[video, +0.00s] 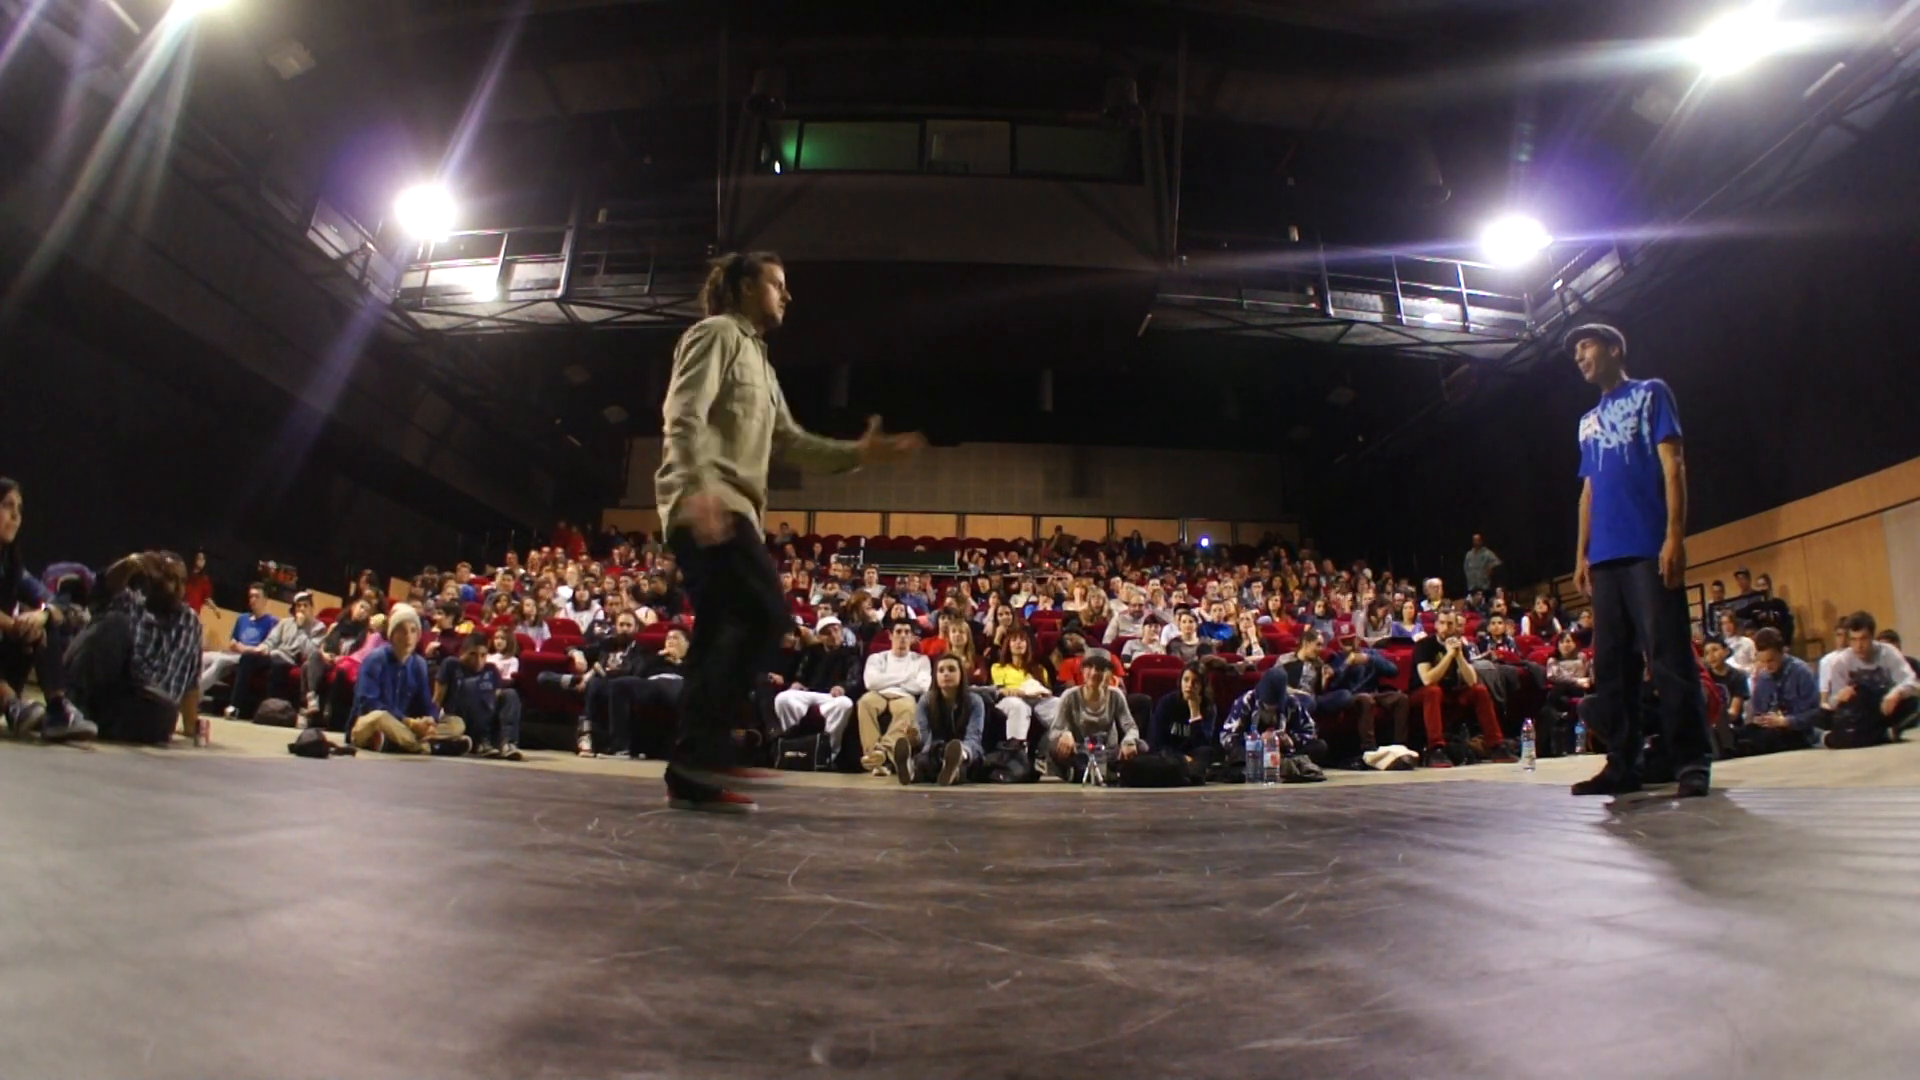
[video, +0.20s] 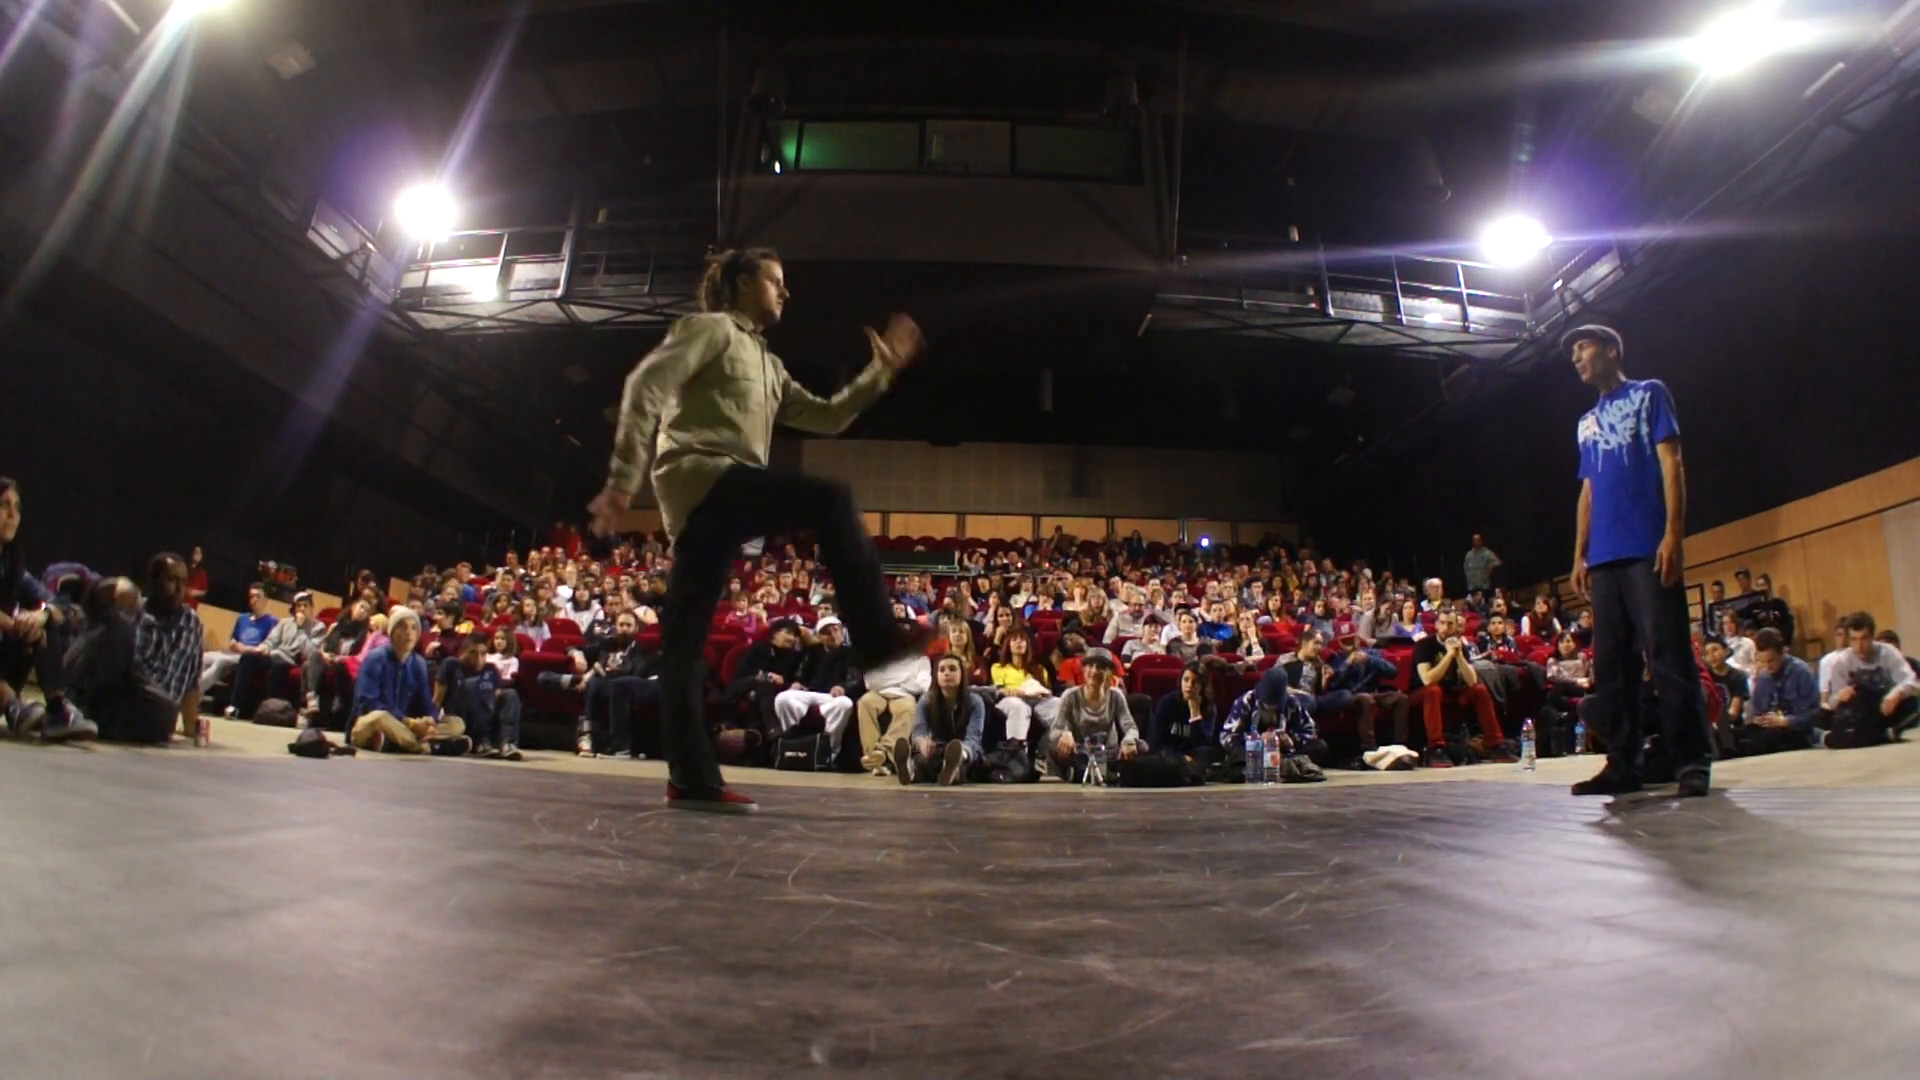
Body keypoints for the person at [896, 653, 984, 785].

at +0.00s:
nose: (946, 674)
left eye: (951, 669)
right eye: (941, 670)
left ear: (961, 674)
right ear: (935, 675)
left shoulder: (974, 701)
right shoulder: (925, 701)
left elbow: (973, 737)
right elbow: (925, 738)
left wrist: (962, 752)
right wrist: (940, 749)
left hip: (964, 748)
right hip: (936, 750)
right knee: (927, 761)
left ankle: (949, 773)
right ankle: (912, 768)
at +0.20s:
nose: (947, 674)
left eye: (952, 669)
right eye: (942, 670)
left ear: (962, 674)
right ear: (936, 675)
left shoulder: (975, 701)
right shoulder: (926, 700)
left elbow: (973, 738)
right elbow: (919, 729)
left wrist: (961, 752)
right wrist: (922, 742)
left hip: (962, 750)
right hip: (935, 750)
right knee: (923, 761)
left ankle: (950, 772)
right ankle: (910, 769)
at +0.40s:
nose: (946, 673)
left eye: (952, 669)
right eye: (942, 669)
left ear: (962, 674)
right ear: (935, 674)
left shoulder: (975, 701)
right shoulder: (926, 701)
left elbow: (973, 738)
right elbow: (922, 730)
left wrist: (961, 750)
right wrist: (923, 748)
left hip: (963, 748)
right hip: (934, 749)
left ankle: (949, 773)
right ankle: (911, 769)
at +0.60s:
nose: (946, 672)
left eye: (952, 668)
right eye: (941, 669)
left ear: (961, 673)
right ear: (935, 674)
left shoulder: (975, 701)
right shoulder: (925, 701)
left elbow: (973, 737)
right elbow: (920, 730)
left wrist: (960, 750)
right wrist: (922, 748)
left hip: (962, 749)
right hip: (934, 749)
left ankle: (949, 772)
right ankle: (910, 769)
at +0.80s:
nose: (945, 673)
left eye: (951, 668)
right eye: (941, 669)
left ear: (962, 674)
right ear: (936, 674)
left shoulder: (974, 701)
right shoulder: (925, 701)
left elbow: (974, 736)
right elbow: (921, 729)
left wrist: (962, 750)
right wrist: (922, 747)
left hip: (963, 748)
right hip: (934, 748)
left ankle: (950, 773)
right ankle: (912, 768)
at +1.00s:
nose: (945, 673)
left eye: (951, 668)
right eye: (940, 669)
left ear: (961, 674)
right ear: (935, 674)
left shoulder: (974, 701)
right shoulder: (925, 701)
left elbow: (974, 735)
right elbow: (920, 729)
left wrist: (962, 751)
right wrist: (922, 747)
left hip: (963, 749)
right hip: (934, 749)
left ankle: (949, 773)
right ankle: (912, 769)